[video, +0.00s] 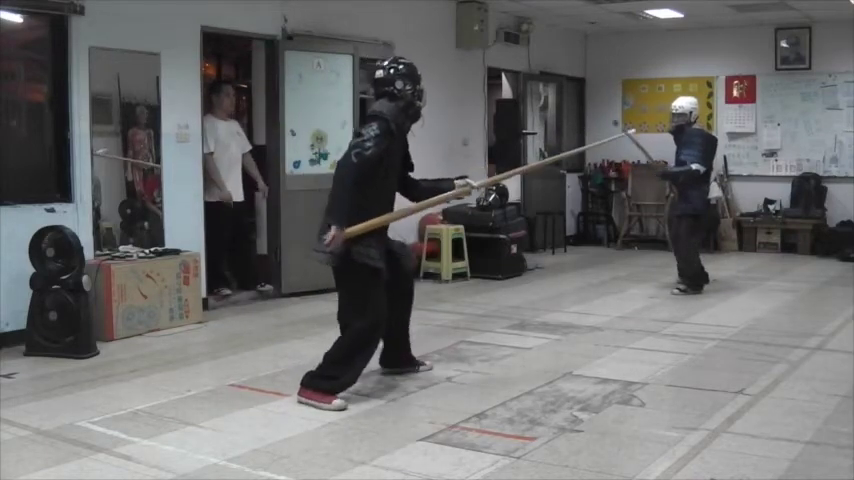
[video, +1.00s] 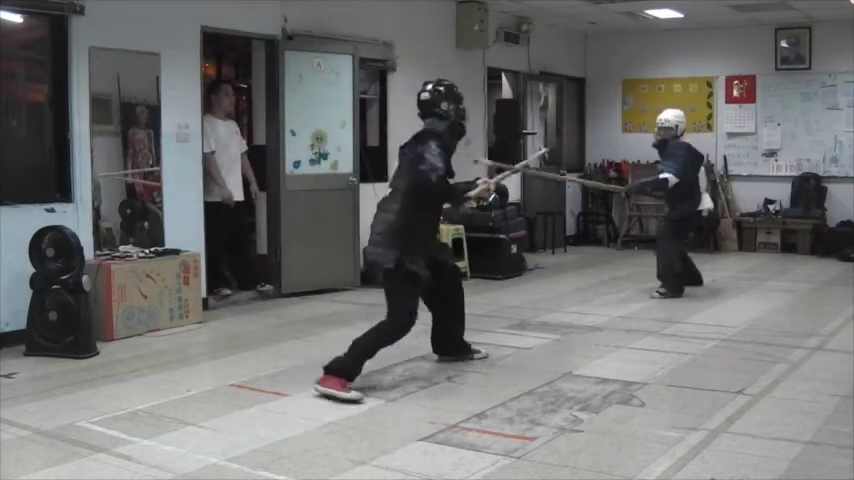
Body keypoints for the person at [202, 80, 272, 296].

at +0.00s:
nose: (232, 100)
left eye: (233, 96)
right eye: (227, 96)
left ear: (233, 99)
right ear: (215, 98)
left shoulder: (234, 126)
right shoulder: (207, 124)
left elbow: (246, 156)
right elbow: (207, 158)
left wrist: (259, 180)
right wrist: (221, 188)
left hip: (237, 196)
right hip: (214, 198)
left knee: (243, 241)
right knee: (217, 244)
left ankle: (250, 280)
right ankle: (217, 285)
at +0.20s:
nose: (232, 100)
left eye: (233, 96)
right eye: (227, 96)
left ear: (232, 99)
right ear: (215, 98)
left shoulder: (233, 125)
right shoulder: (206, 123)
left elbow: (243, 155)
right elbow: (207, 158)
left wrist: (254, 179)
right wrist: (222, 187)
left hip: (236, 196)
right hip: (214, 198)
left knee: (242, 240)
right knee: (217, 244)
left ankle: (250, 280)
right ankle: (217, 285)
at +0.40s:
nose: (232, 100)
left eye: (232, 96)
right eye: (227, 96)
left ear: (231, 99)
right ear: (215, 98)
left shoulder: (233, 125)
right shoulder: (206, 123)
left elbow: (243, 157)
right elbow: (206, 159)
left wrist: (252, 183)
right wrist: (213, 188)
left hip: (237, 195)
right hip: (216, 196)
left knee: (241, 241)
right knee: (217, 244)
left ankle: (251, 280)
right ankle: (217, 285)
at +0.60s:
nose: (232, 100)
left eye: (232, 96)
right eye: (227, 95)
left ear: (232, 99)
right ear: (214, 98)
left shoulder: (232, 126)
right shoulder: (206, 123)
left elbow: (242, 157)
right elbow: (205, 158)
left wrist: (252, 183)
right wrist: (213, 188)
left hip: (237, 196)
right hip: (216, 197)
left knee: (241, 242)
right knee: (217, 244)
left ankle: (250, 281)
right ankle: (217, 285)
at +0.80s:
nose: (232, 99)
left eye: (232, 95)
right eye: (227, 95)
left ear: (232, 99)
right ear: (214, 98)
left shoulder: (232, 125)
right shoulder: (206, 123)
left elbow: (242, 156)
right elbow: (207, 157)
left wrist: (252, 183)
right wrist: (217, 186)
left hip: (237, 196)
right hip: (215, 197)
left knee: (241, 241)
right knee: (217, 244)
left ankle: (249, 280)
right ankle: (217, 284)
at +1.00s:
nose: (232, 99)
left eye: (232, 95)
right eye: (227, 95)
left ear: (231, 99)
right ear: (214, 98)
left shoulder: (232, 125)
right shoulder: (206, 123)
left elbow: (243, 156)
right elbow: (207, 158)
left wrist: (252, 183)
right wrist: (222, 187)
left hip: (237, 196)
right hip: (214, 198)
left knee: (241, 241)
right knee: (217, 244)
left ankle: (249, 280)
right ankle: (217, 285)